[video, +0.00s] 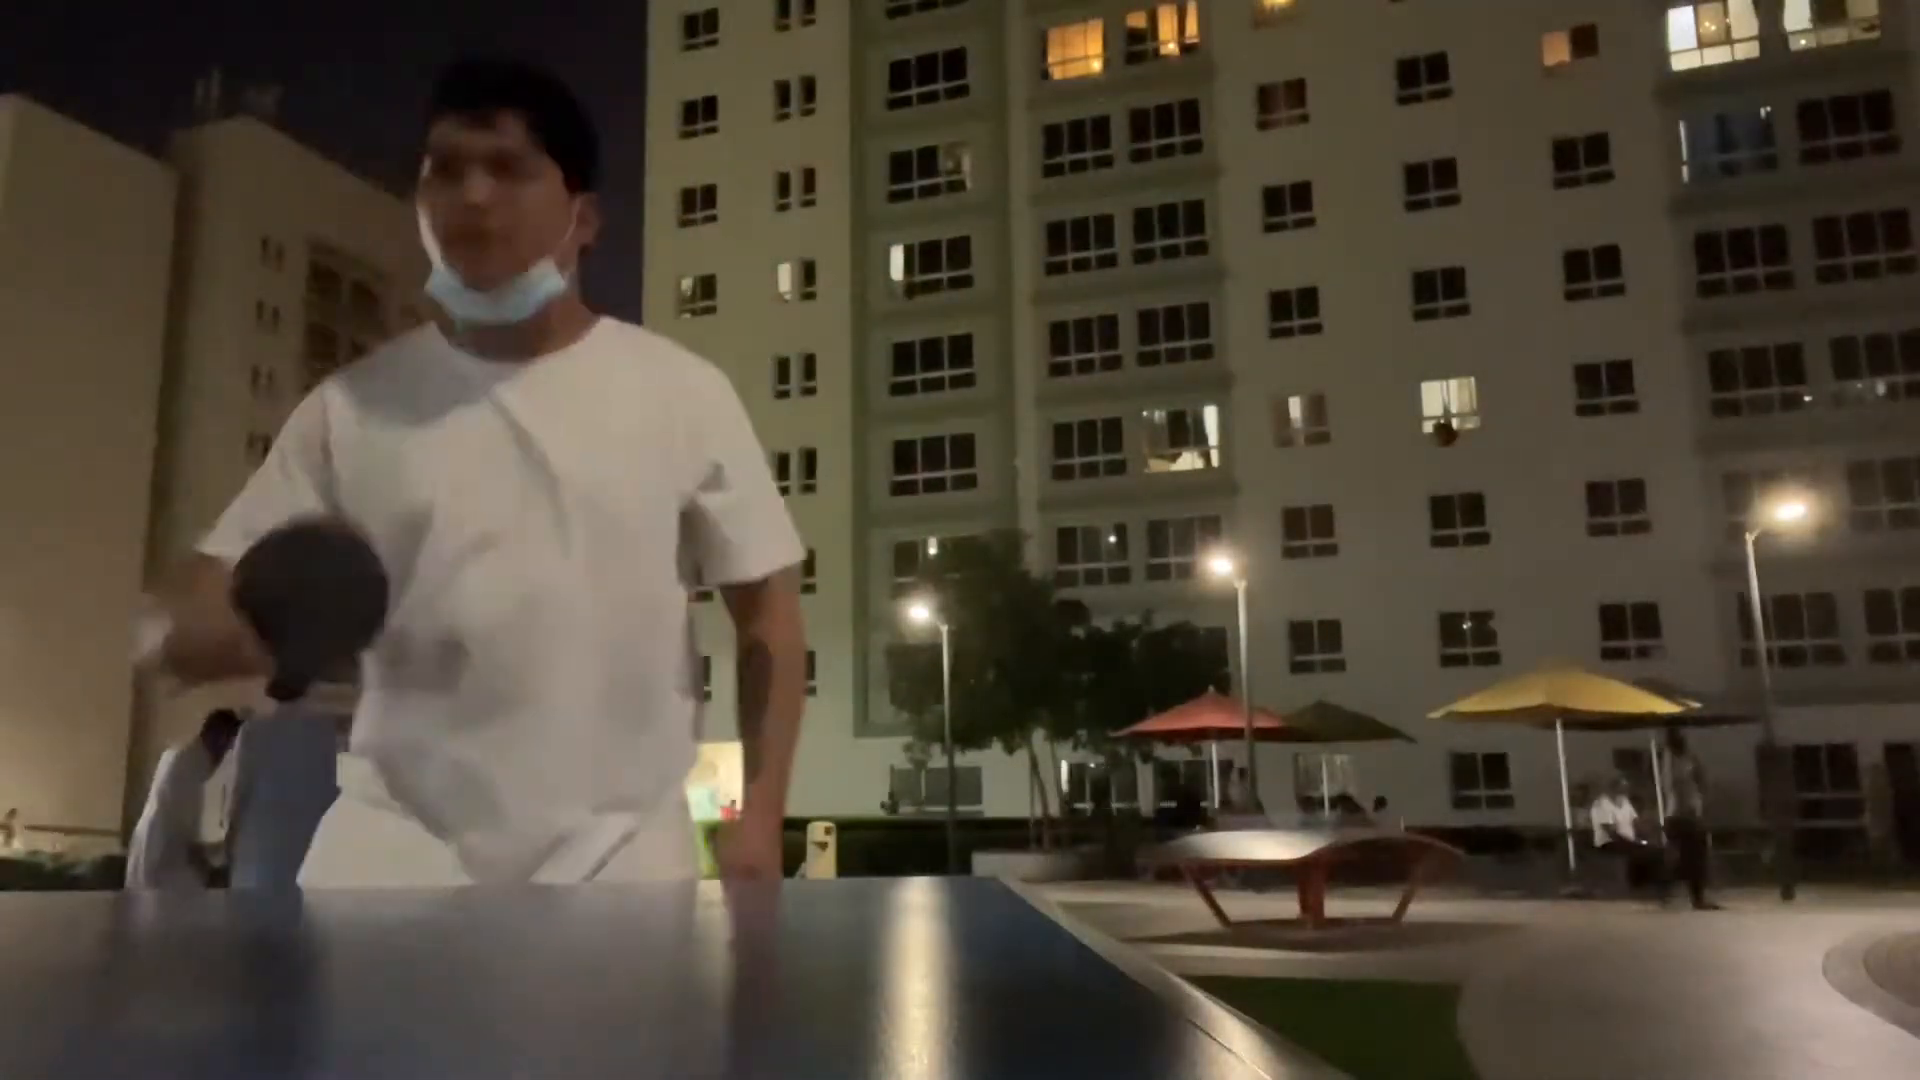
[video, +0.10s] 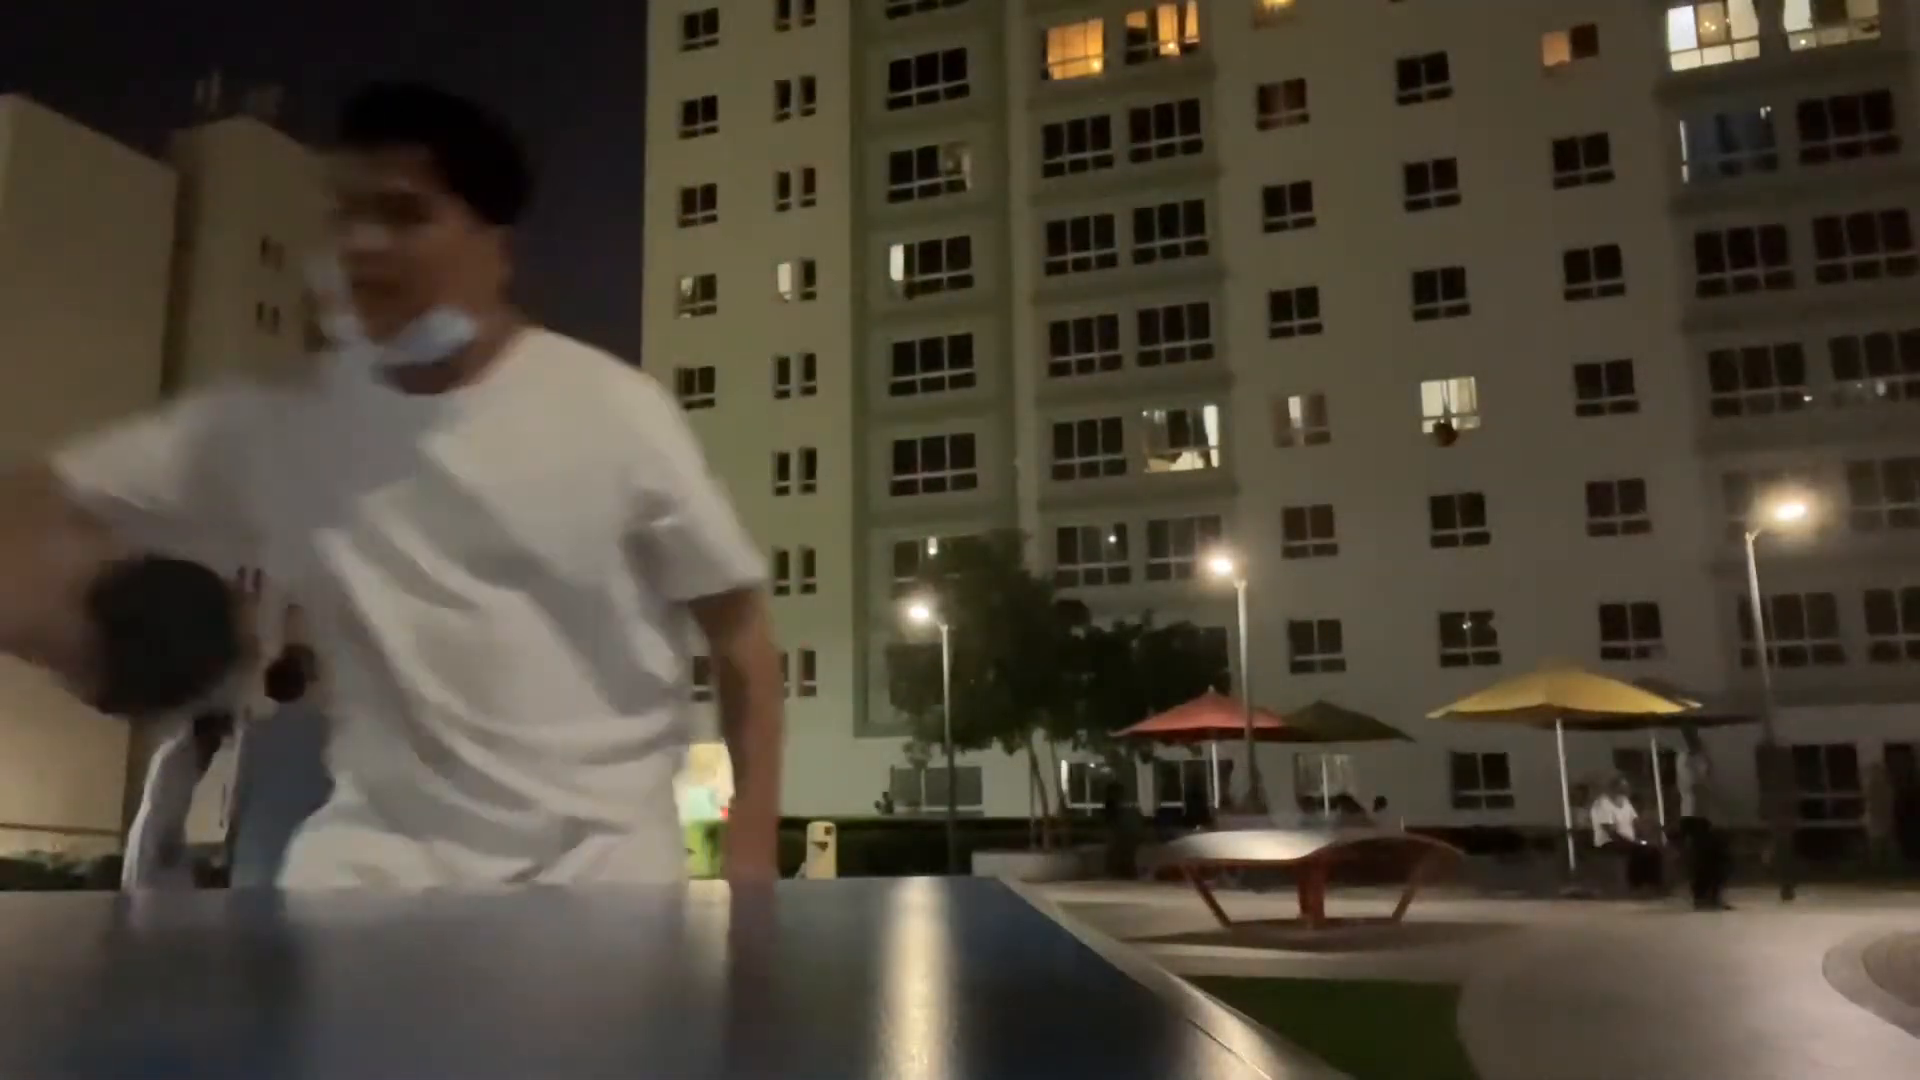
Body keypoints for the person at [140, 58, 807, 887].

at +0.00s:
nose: (466, 196)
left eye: (503, 168)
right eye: (443, 169)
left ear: (580, 219)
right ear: (417, 204)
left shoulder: (679, 398)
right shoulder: (350, 411)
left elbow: (770, 619)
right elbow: (186, 629)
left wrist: (760, 815)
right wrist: (272, 629)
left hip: (616, 860)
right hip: (394, 852)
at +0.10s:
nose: (363, 247)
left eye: (403, 215)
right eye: (349, 215)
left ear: (495, 242)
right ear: (326, 232)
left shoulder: (616, 414)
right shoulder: (284, 426)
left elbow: (741, 623)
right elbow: (45, 496)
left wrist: (754, 849)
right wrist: (73, 599)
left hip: (594, 866)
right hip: (374, 862)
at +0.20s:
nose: (191, 191)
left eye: (236, 162)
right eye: (169, 159)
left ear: (337, 201)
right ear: (143, 183)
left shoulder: (458, 387)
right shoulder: (95, 387)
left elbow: (608, 610)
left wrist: (651, 803)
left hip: (480, 859)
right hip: (240, 872)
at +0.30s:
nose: (145, 130)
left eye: (189, 102)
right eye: (116, 99)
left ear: (274, 159)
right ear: (84, 135)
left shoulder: (393, 356)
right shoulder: (27, 351)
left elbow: (532, 588)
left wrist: (569, 764)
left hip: (418, 884)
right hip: (157, 899)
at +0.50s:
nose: (267, 150)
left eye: (307, 126)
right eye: (237, 124)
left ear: (382, 174)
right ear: (199, 161)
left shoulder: (481, 380)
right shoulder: (106, 376)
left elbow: (590, 592)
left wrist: (609, 783)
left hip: (429, 892)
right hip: (177, 891)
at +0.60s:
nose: (360, 164)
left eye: (399, 144)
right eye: (338, 142)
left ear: (475, 205)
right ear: (309, 184)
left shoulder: (563, 392)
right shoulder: (218, 383)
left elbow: (660, 604)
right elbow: (34, 489)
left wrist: (658, 807)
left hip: (482, 884)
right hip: (248, 884)